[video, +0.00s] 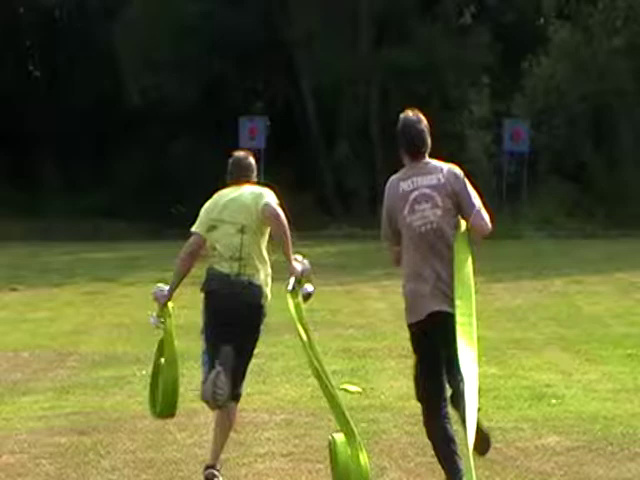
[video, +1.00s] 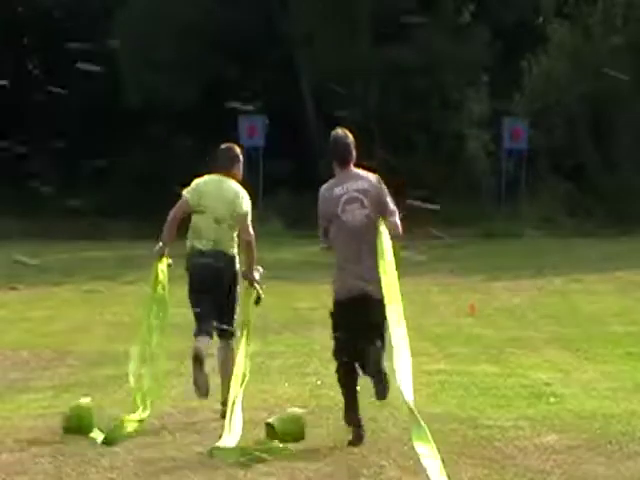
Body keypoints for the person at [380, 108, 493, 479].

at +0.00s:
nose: (418, 145)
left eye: (406, 142)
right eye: (423, 137)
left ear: (399, 146)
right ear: (430, 141)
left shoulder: (394, 186)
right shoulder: (450, 174)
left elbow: (394, 250)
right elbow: (482, 225)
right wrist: (460, 222)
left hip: (419, 301)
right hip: (455, 296)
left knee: (430, 396)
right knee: (458, 371)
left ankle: (455, 471)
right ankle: (472, 422)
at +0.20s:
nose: (421, 150)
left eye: (413, 145)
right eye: (429, 143)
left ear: (406, 148)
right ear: (437, 147)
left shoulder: (394, 187)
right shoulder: (450, 190)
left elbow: (381, 236)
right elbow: (468, 244)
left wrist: (395, 266)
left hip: (409, 297)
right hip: (444, 295)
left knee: (416, 368)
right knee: (448, 368)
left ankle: (430, 399)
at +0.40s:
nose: (382, 154)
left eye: (378, 148)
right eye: (392, 143)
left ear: (377, 148)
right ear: (404, 144)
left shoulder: (379, 186)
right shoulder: (426, 178)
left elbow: (370, 242)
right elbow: (448, 233)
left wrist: (389, 245)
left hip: (404, 294)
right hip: (436, 291)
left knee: (403, 375)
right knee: (435, 367)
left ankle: (413, 455)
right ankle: (448, 441)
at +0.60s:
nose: (380, 148)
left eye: (372, 143)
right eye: (385, 140)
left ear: (364, 146)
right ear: (390, 142)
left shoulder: (357, 181)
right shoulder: (409, 174)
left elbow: (356, 229)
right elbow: (431, 221)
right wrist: (423, 236)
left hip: (376, 285)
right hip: (406, 281)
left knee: (389, 357)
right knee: (402, 343)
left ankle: (398, 424)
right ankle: (404, 413)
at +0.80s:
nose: (378, 151)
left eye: (370, 146)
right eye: (382, 146)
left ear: (360, 150)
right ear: (386, 150)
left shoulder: (347, 183)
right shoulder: (397, 188)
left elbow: (333, 226)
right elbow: (410, 235)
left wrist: (352, 249)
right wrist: (405, 258)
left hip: (360, 291)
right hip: (392, 290)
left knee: (358, 354)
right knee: (392, 366)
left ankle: (363, 392)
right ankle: (388, 438)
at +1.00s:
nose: (346, 158)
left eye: (337, 155)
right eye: (350, 151)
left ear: (331, 157)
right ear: (355, 153)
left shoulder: (326, 191)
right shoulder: (373, 183)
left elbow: (324, 237)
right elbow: (395, 227)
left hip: (344, 288)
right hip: (374, 285)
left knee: (345, 355)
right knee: (373, 339)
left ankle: (354, 420)